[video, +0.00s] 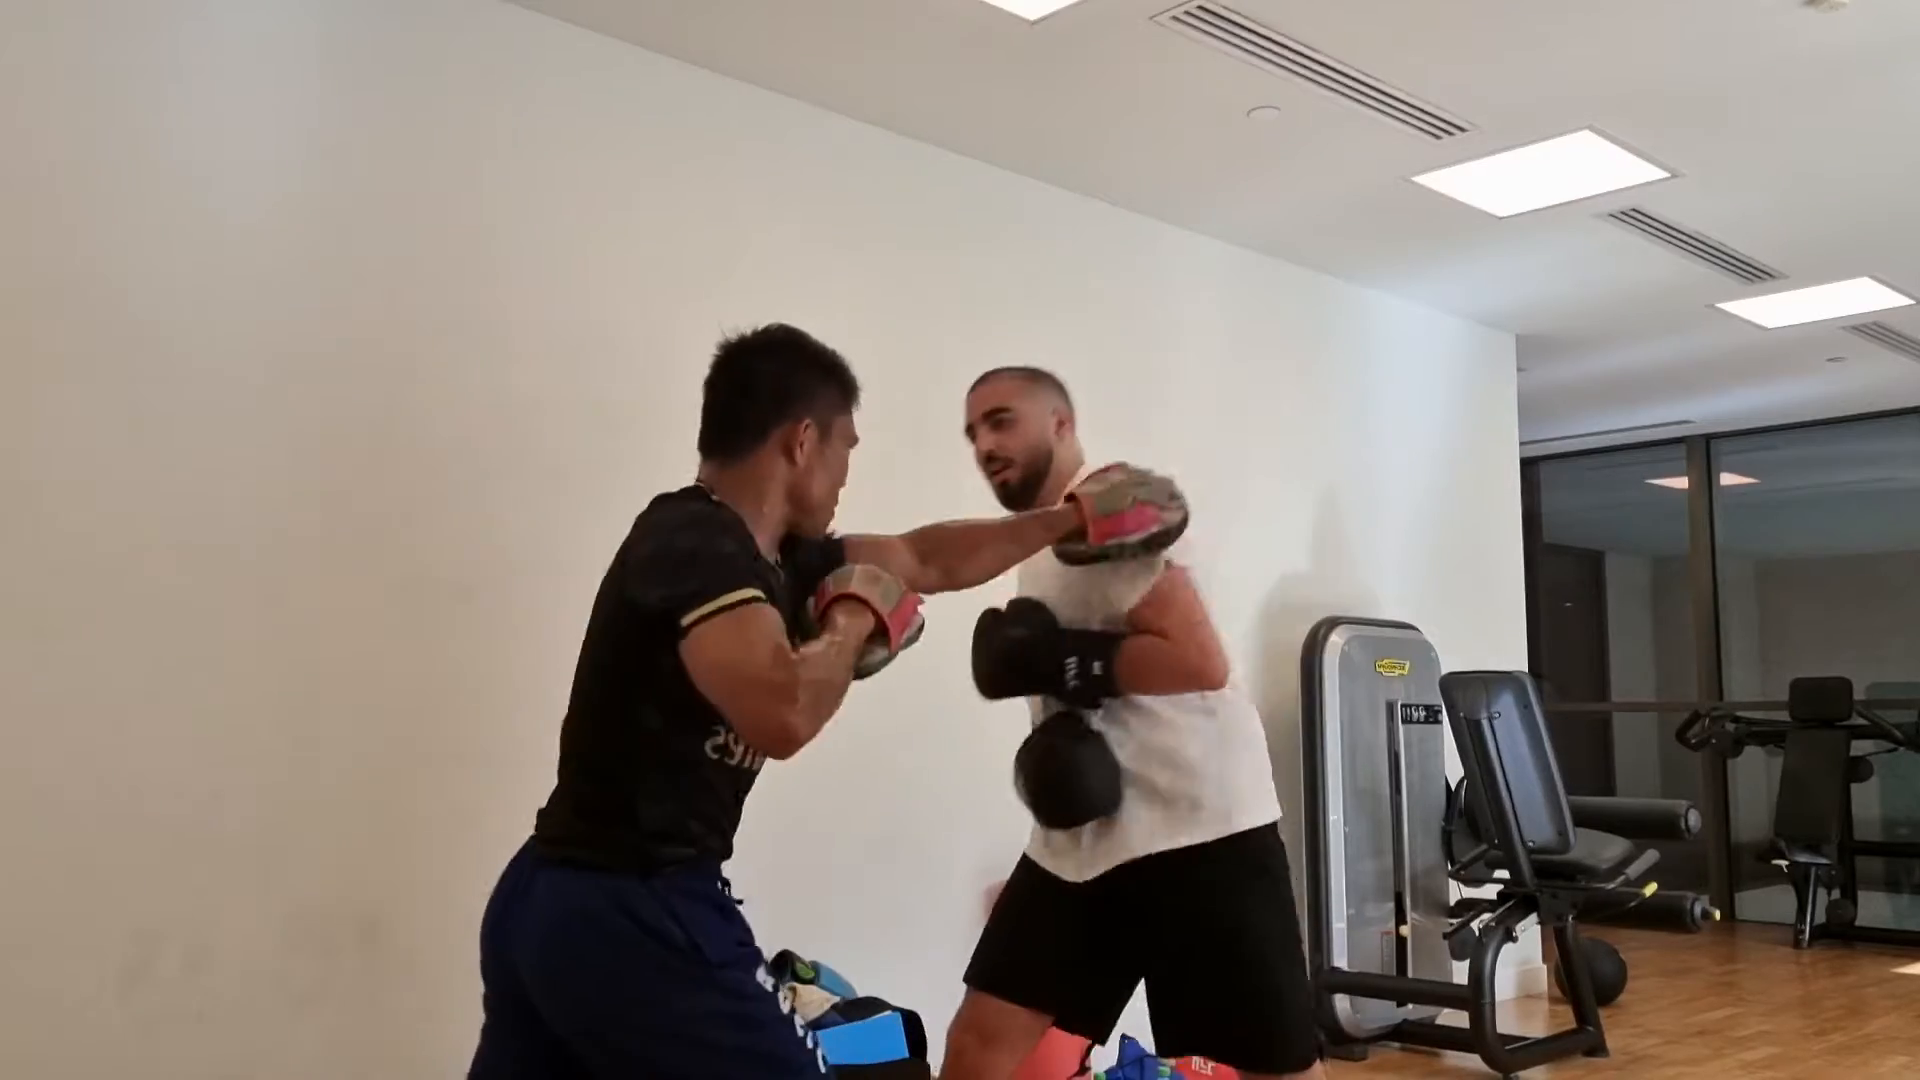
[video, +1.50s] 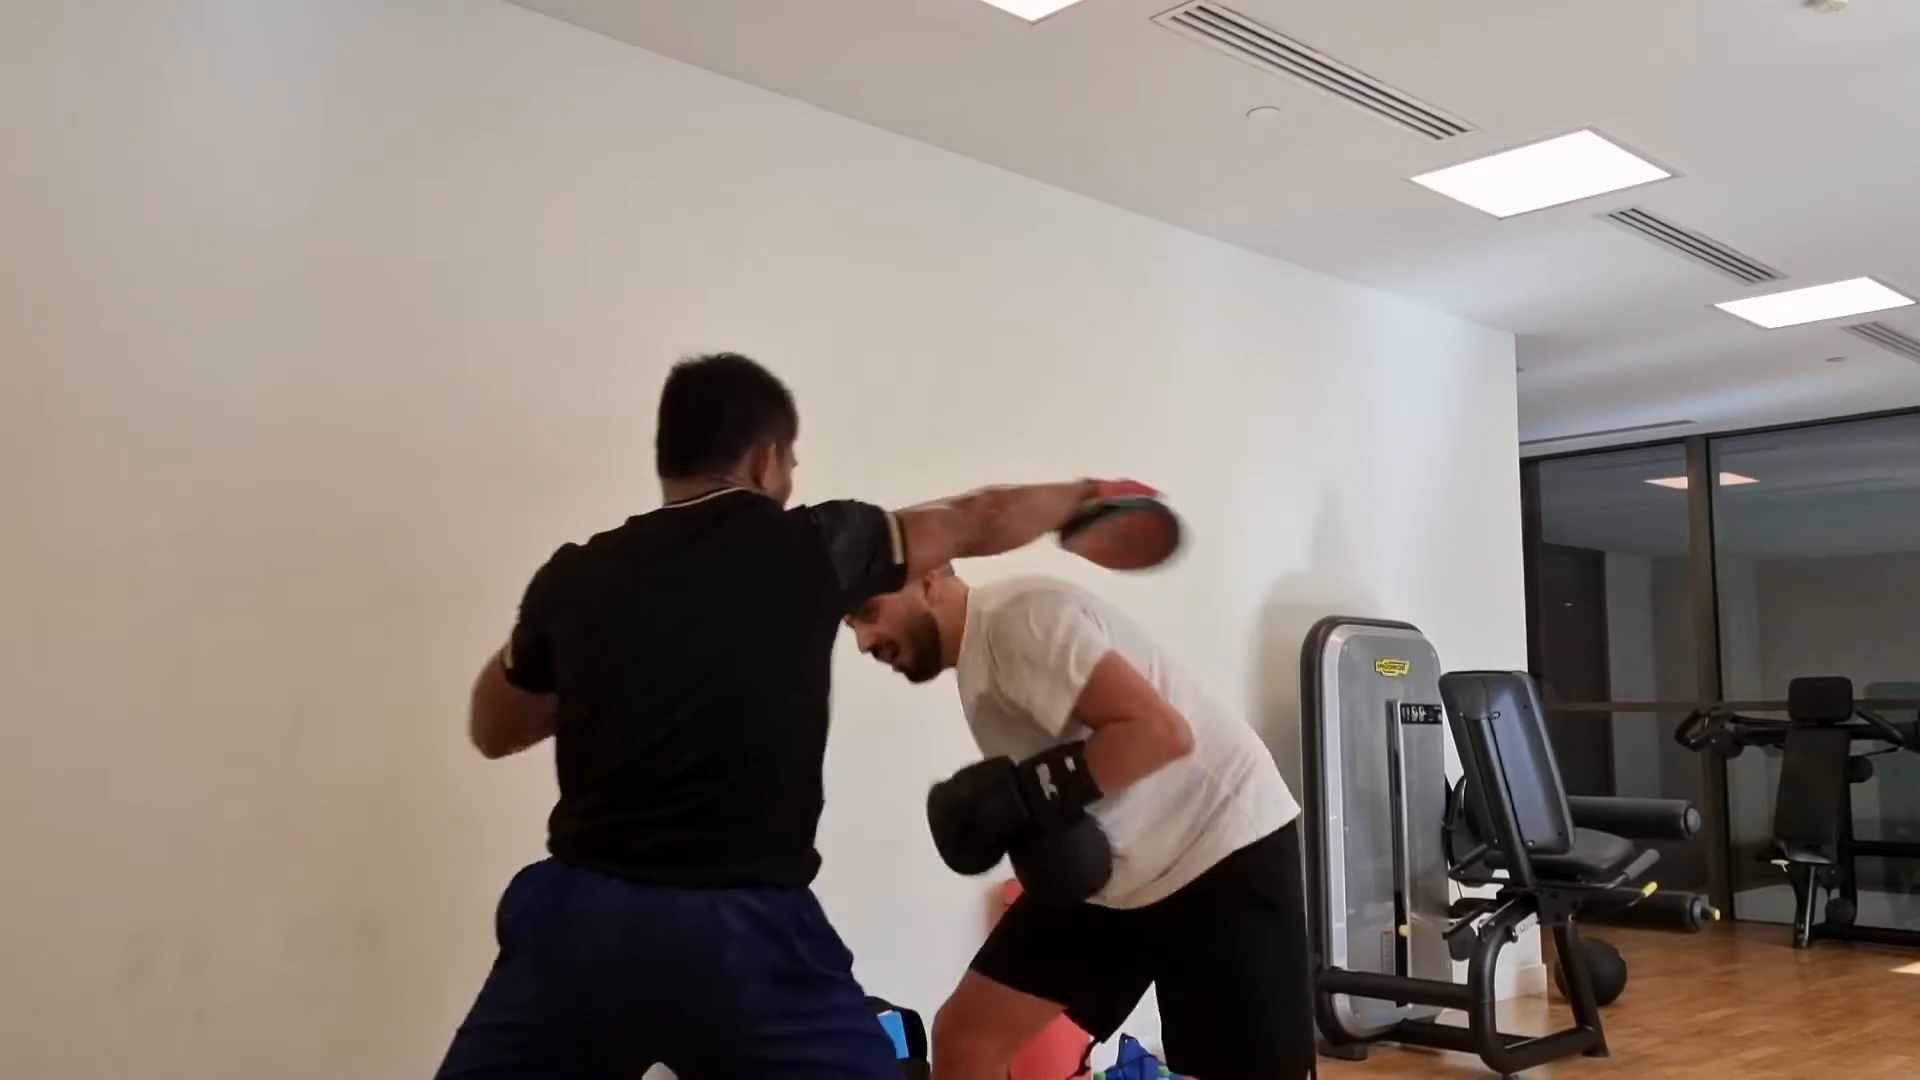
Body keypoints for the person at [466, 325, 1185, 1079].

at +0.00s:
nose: (848, 471)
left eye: (852, 450)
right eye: (847, 447)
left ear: (773, 442)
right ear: (798, 443)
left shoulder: (769, 552)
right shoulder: (700, 542)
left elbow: (919, 558)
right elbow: (781, 719)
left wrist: (1059, 522)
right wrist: (863, 601)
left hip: (563, 906)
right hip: (641, 917)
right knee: (788, 1065)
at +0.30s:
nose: (629, 497)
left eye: (633, 477)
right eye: (629, 475)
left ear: (490, 456)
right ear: (576, 462)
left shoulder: (388, 587)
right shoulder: (598, 549)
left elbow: (513, 598)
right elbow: (808, 600)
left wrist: (650, 553)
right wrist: (934, 632)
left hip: (449, 972)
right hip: (615, 963)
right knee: (778, 1058)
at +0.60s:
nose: (733, 489)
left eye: (738, 463)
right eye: (733, 461)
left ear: (599, 455)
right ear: (686, 455)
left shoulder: (533, 567)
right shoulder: (681, 547)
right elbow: (853, 639)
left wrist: (836, 590)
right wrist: (881, 582)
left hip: (484, 944)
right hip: (637, 954)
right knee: (786, 1061)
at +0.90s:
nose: (752, 478)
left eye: (756, 461)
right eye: (753, 460)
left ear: (623, 455)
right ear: (718, 453)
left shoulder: (521, 562)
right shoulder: (769, 534)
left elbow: (445, 679)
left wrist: (553, 643)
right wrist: (885, 576)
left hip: (544, 939)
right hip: (734, 939)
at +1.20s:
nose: (834, 464)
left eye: (837, 444)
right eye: (833, 442)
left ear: (709, 434)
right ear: (796, 440)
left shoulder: (649, 559)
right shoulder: (763, 548)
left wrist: (824, 617)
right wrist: (907, 626)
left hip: (618, 921)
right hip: (750, 933)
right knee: (909, 1063)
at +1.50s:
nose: (790, 484)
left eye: (792, 469)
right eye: (792, 467)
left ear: (666, 464)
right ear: (770, 462)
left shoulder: (575, 578)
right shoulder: (809, 545)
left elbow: (494, 729)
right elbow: (975, 521)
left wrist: (602, 661)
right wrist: (1084, 496)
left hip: (572, 934)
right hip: (752, 941)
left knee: (477, 1071)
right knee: (867, 1065)